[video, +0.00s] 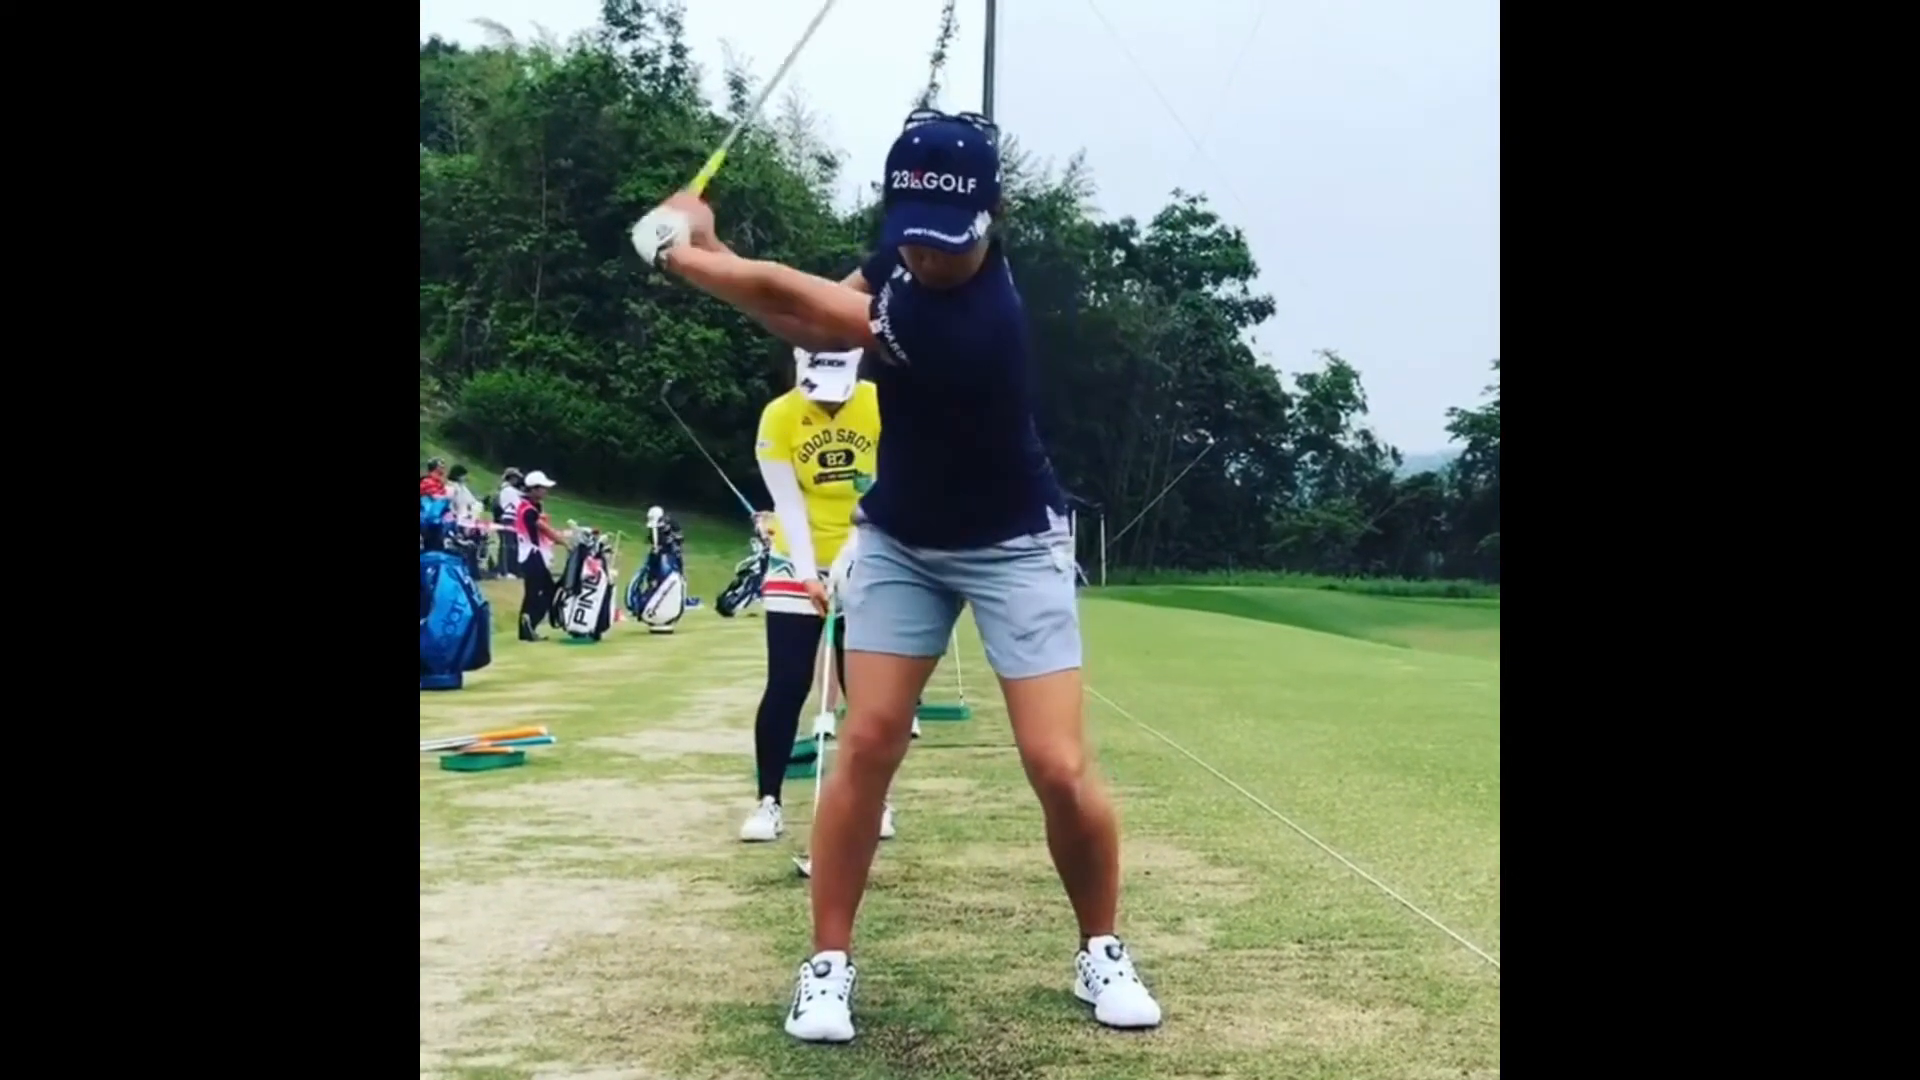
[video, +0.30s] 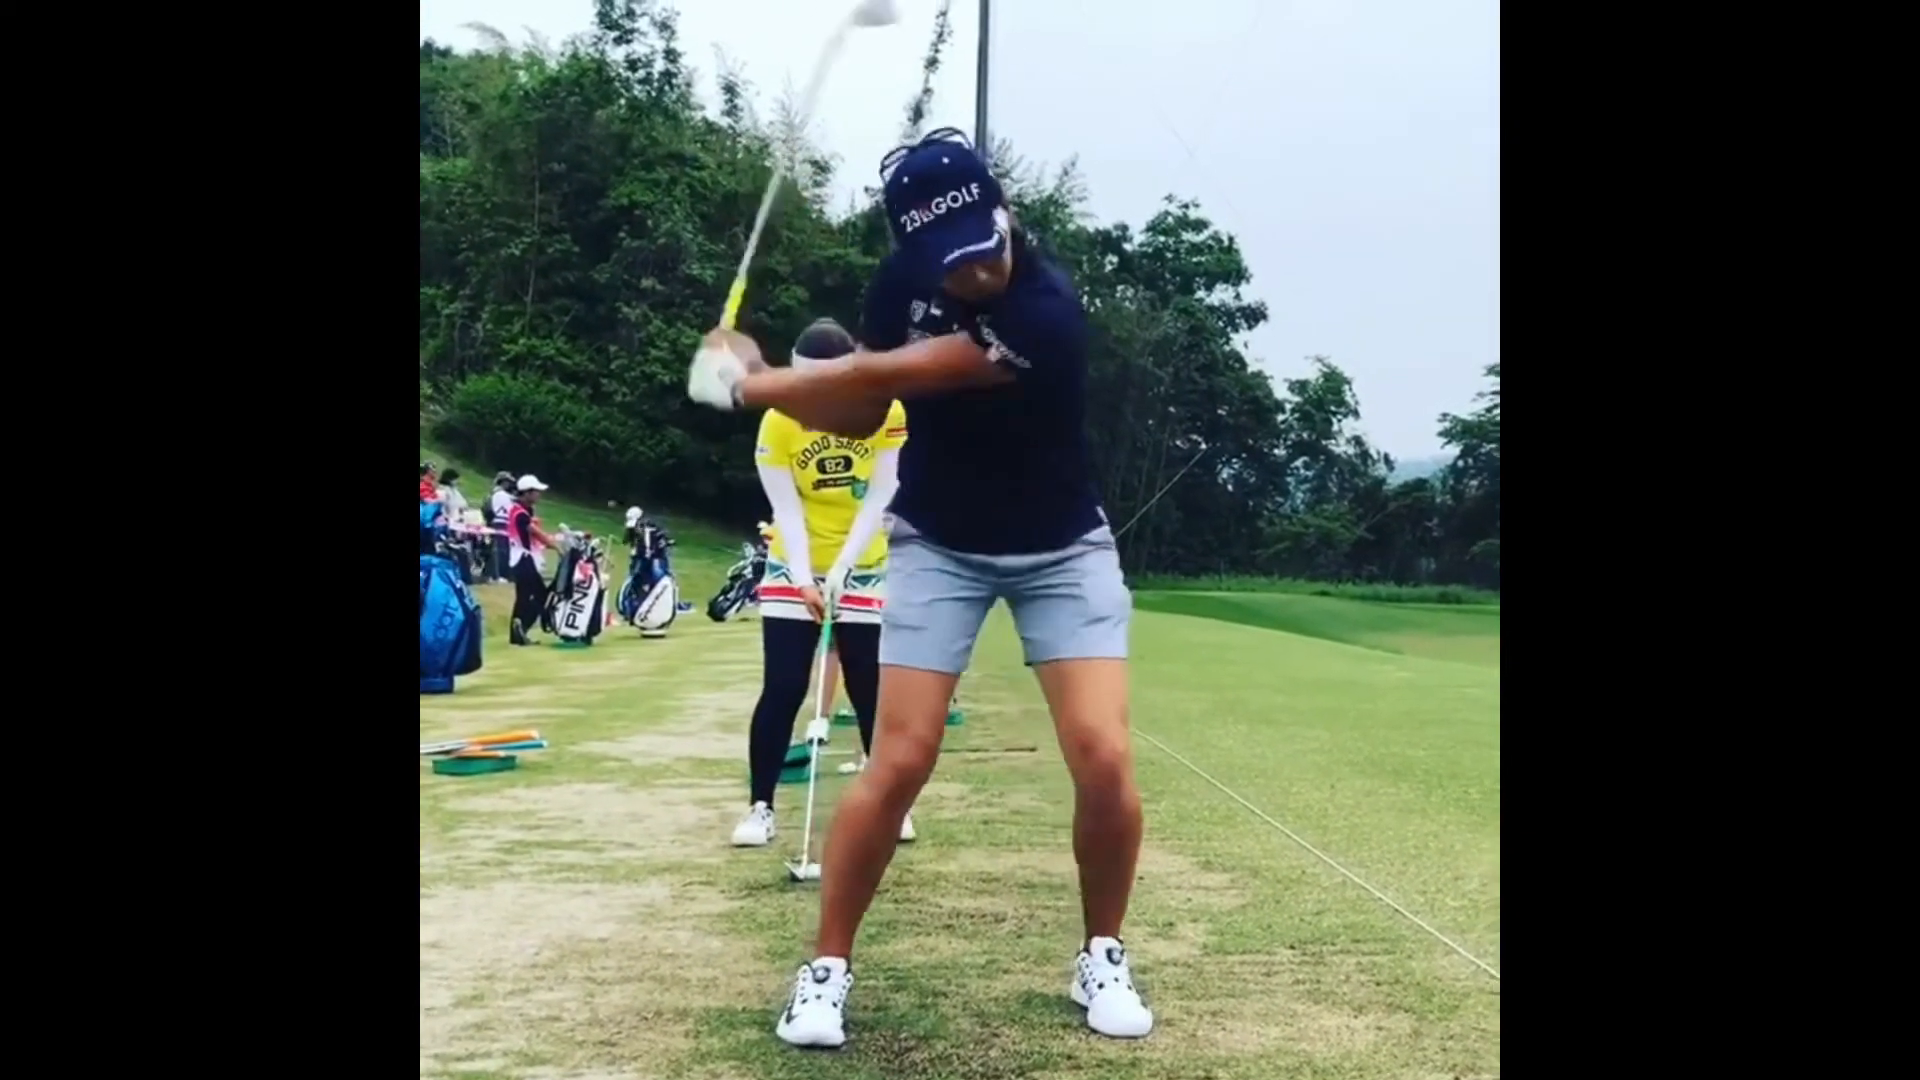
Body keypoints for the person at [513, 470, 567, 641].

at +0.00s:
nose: (545, 492)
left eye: (546, 488)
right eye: (542, 488)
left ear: (535, 491)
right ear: (533, 490)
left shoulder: (528, 507)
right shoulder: (529, 511)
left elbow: (545, 529)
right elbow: (546, 531)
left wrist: (562, 535)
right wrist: (565, 541)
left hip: (531, 553)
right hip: (532, 554)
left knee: (532, 591)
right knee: (549, 588)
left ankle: (526, 629)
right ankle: (531, 621)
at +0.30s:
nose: (539, 495)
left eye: (539, 492)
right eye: (535, 492)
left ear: (527, 494)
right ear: (526, 493)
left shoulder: (523, 511)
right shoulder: (521, 515)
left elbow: (536, 533)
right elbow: (538, 535)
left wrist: (554, 539)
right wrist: (556, 545)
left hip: (523, 556)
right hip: (523, 558)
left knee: (523, 595)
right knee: (541, 592)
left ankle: (517, 632)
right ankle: (522, 626)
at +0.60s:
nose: (522, 498)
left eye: (521, 494)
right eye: (519, 495)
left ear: (507, 496)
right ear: (511, 496)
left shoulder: (501, 513)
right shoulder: (505, 517)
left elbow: (519, 536)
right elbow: (521, 538)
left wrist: (536, 544)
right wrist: (540, 549)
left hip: (502, 557)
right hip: (506, 560)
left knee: (505, 597)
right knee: (524, 594)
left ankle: (499, 634)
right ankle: (505, 627)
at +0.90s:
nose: (508, 500)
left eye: (508, 497)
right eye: (506, 497)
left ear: (493, 497)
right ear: (498, 498)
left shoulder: (486, 515)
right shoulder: (491, 519)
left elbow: (504, 536)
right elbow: (508, 540)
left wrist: (522, 546)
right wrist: (526, 551)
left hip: (487, 559)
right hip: (492, 562)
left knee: (491, 599)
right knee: (509, 597)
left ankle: (485, 637)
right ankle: (491, 629)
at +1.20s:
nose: (499, 502)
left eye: (499, 499)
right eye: (497, 499)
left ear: (483, 500)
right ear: (490, 500)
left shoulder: (477, 517)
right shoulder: (482, 521)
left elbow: (495, 541)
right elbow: (498, 543)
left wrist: (513, 550)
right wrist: (516, 553)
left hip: (477, 561)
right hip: (483, 564)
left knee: (481, 602)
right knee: (500, 599)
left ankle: (475, 641)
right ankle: (480, 632)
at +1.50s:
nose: (496, 506)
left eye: (496, 502)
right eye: (494, 503)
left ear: (480, 503)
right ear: (486, 504)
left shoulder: (476, 521)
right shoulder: (479, 525)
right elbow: (495, 546)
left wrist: (508, 556)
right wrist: (514, 559)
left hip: (476, 565)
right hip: (479, 568)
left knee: (478, 606)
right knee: (497, 603)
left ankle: (472, 644)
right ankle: (477, 636)